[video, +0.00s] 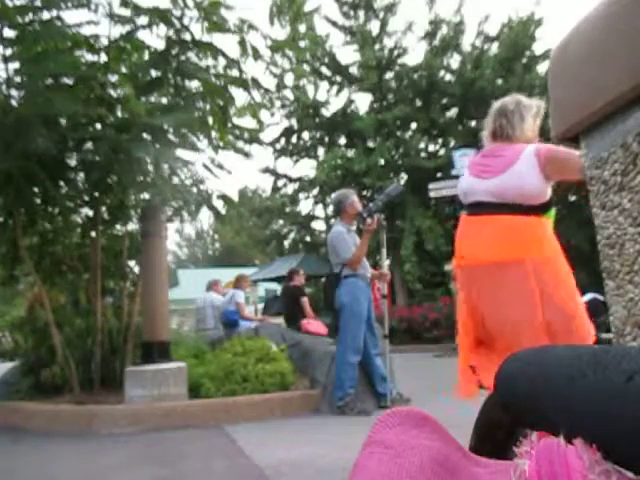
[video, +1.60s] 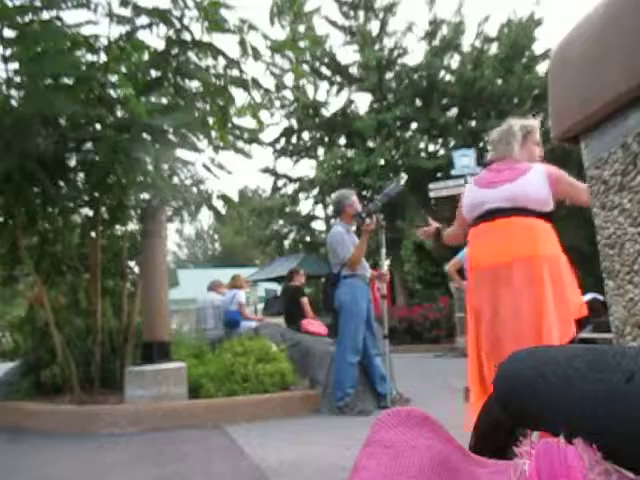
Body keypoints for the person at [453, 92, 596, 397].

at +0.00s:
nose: (538, 129)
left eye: (537, 123)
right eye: (536, 123)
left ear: (493, 127)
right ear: (527, 126)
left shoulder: (475, 161)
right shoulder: (537, 155)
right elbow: (592, 166)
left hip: (474, 247)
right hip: (524, 247)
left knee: (493, 332)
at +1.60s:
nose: (541, 149)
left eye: (540, 143)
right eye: (536, 143)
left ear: (497, 150)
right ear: (522, 145)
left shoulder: (474, 185)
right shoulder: (542, 173)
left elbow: (456, 235)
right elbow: (590, 197)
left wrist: (438, 233)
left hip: (485, 248)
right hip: (532, 243)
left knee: (493, 332)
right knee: (540, 324)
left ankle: (497, 414)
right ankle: (547, 408)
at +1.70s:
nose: (525, 152)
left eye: (524, 147)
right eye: (523, 147)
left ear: (483, 152)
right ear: (518, 151)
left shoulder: (466, 184)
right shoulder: (539, 180)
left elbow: (454, 239)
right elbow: (564, 232)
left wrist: (443, 234)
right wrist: (560, 251)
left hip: (486, 245)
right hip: (533, 242)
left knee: (490, 330)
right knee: (540, 324)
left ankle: (493, 417)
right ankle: (546, 406)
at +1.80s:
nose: (468, 156)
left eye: (469, 151)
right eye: (468, 152)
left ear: (476, 149)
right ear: (512, 150)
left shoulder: (473, 174)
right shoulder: (525, 177)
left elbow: (450, 227)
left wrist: (437, 221)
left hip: (492, 248)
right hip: (538, 246)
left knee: (491, 332)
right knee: (545, 326)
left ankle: (492, 421)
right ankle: (549, 408)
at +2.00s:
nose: (446, 160)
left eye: (450, 150)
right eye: (444, 153)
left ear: (472, 145)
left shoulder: (505, 161)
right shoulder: (460, 184)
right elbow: (418, 202)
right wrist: (414, 169)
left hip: (521, 243)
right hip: (484, 250)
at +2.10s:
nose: (438, 153)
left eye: (442, 144)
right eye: (435, 147)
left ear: (467, 140)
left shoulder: (508, 167)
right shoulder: (446, 186)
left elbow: (537, 201)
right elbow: (404, 199)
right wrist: (406, 159)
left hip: (523, 254)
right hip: (478, 266)